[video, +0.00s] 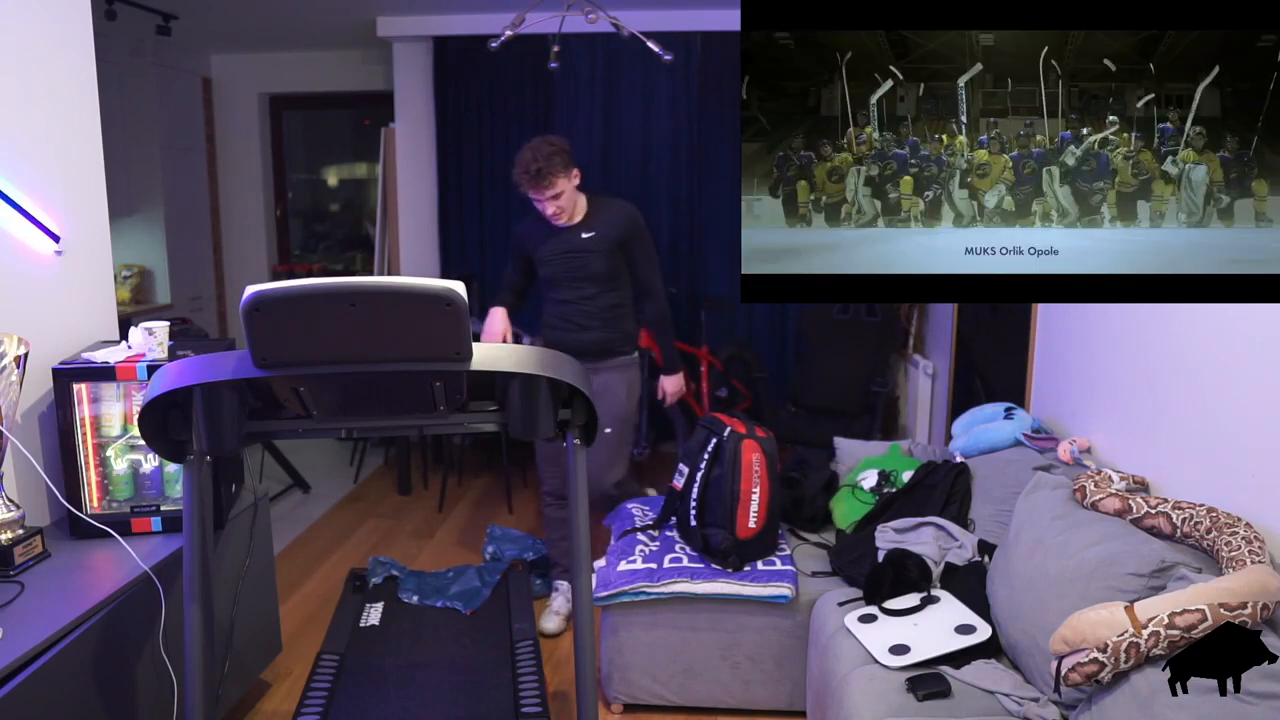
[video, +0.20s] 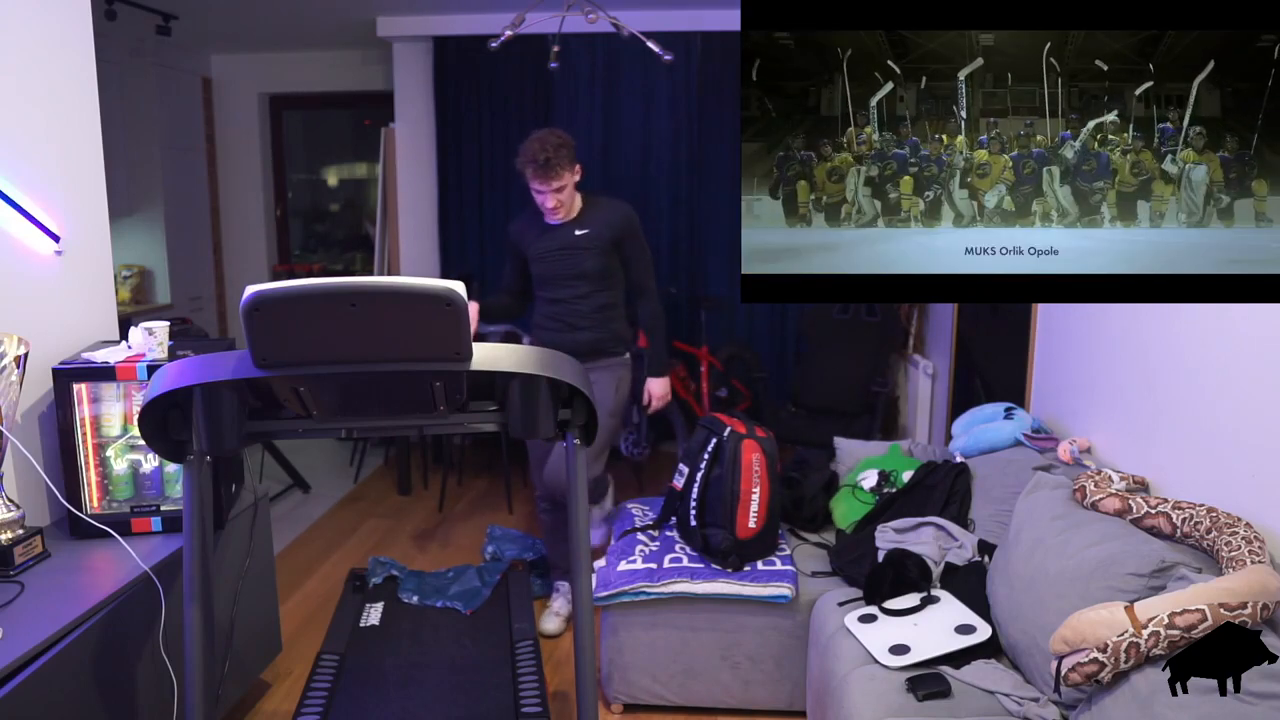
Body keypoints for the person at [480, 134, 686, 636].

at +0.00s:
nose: (550, 208)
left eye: (556, 196)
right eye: (539, 201)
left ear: (576, 178)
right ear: (528, 196)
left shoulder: (620, 220)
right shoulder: (531, 231)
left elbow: (652, 294)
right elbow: (516, 282)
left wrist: (670, 365)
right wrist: (499, 308)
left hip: (615, 368)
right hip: (552, 369)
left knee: (603, 483)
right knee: (555, 486)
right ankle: (563, 582)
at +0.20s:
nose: (549, 201)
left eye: (558, 189)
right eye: (539, 192)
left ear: (577, 176)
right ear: (527, 185)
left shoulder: (614, 219)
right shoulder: (524, 231)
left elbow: (646, 295)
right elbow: (515, 300)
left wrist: (658, 368)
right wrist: (479, 311)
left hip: (607, 366)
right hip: (545, 366)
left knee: (563, 477)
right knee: (547, 487)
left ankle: (600, 494)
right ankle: (563, 585)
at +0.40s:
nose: (558, 201)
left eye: (568, 190)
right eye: (548, 190)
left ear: (585, 179)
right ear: (534, 180)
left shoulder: (614, 223)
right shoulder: (519, 228)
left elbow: (636, 303)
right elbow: (507, 294)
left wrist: (639, 378)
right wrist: (486, 314)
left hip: (602, 368)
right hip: (538, 369)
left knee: (583, 488)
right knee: (547, 493)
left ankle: (580, 584)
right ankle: (562, 588)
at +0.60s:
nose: (575, 198)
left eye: (586, 189)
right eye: (567, 187)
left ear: (600, 181)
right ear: (549, 174)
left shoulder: (621, 229)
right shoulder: (521, 228)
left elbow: (637, 311)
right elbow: (501, 293)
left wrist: (639, 389)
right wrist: (507, 323)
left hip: (604, 379)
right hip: (537, 378)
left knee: (597, 505)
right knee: (548, 503)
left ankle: (590, 614)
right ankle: (556, 588)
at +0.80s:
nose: (591, 197)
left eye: (602, 188)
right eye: (583, 185)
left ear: (615, 183)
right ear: (562, 171)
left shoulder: (628, 233)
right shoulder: (525, 229)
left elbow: (646, 318)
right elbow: (499, 298)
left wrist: (656, 398)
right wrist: (514, 327)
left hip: (609, 386)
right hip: (538, 385)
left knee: (603, 511)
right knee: (546, 512)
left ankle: (590, 596)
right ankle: (550, 592)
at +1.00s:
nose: (599, 198)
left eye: (611, 187)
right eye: (591, 184)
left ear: (624, 183)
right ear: (569, 169)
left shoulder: (632, 234)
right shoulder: (528, 227)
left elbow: (649, 319)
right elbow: (498, 295)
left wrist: (662, 400)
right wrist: (514, 331)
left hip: (614, 396)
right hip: (543, 395)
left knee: (600, 530)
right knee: (560, 526)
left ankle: (586, 641)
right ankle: (558, 652)